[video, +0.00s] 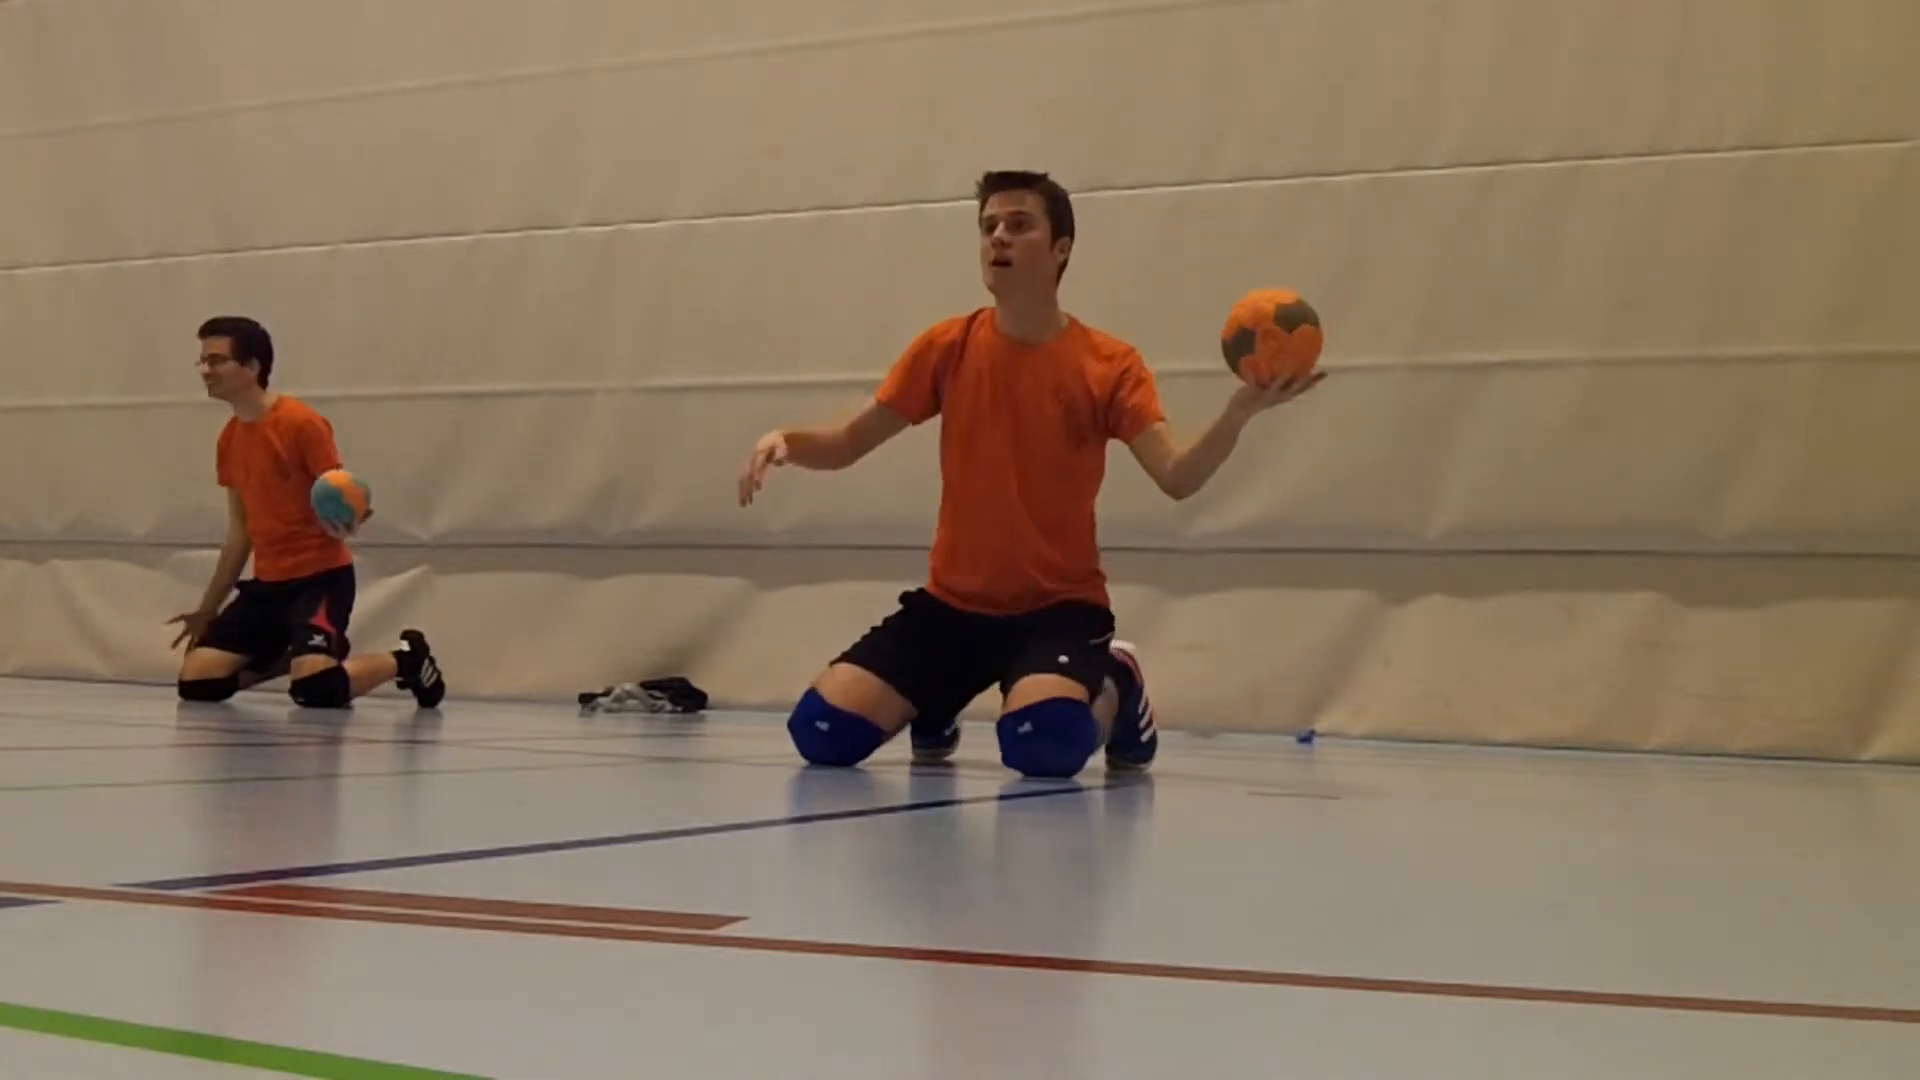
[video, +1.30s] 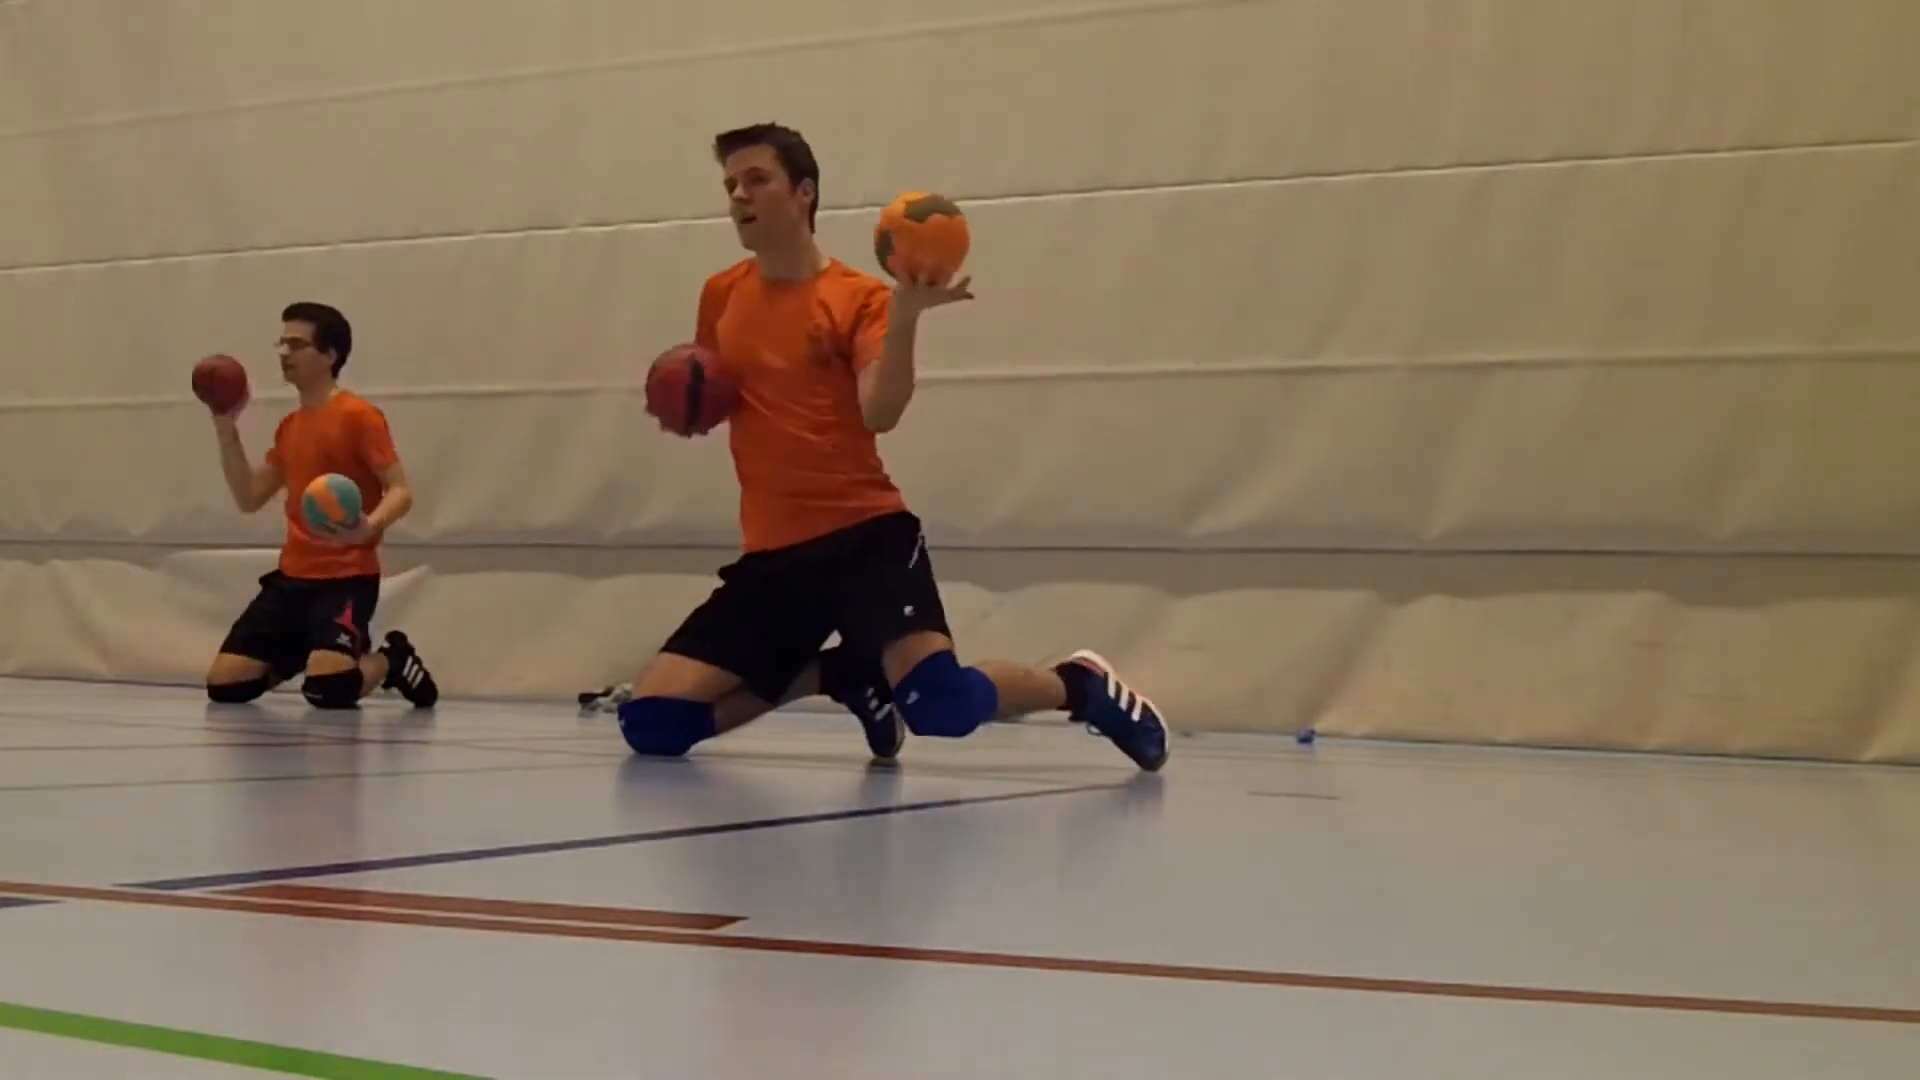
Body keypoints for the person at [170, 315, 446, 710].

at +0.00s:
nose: (205, 370)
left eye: (216, 360)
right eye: (203, 361)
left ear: (253, 367)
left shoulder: (301, 424)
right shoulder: (231, 438)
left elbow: (343, 502)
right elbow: (239, 534)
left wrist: (346, 521)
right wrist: (206, 611)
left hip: (323, 580)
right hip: (268, 584)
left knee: (314, 689)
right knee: (198, 684)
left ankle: (407, 660)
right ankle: (299, 656)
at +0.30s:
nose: (235, 375)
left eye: (246, 366)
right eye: (234, 365)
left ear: (282, 373)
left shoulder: (324, 430)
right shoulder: (257, 446)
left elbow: (357, 517)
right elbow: (233, 535)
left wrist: (345, 524)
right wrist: (158, 569)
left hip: (332, 583)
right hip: (280, 586)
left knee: (315, 687)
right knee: (197, 683)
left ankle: (404, 660)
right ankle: (306, 657)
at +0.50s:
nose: (285, 386)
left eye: (293, 374)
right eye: (285, 374)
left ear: (326, 375)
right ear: (317, 377)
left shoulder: (370, 435)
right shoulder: (303, 435)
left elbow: (388, 525)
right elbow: (281, 516)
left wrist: (350, 531)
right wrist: (200, 533)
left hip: (347, 585)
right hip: (294, 583)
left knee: (322, 689)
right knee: (208, 684)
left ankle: (400, 660)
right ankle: (310, 655)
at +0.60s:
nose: (298, 388)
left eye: (306, 378)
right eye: (299, 378)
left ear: (339, 382)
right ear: (331, 383)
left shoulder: (381, 441)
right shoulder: (322, 437)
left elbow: (408, 530)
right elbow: (324, 513)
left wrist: (364, 537)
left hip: (357, 589)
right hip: (305, 583)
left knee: (324, 689)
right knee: (215, 682)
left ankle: (391, 660)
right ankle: (314, 651)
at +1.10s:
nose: (296, 376)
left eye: (309, 368)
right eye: (297, 366)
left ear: (343, 377)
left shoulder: (378, 434)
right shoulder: (321, 436)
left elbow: (431, 503)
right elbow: (338, 506)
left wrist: (400, 538)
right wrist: (292, 506)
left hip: (368, 591)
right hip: (316, 586)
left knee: (328, 691)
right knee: (232, 686)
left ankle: (400, 660)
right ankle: (314, 656)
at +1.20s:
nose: (288, 364)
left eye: (300, 355)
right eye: (286, 355)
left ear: (334, 365)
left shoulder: (364, 421)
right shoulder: (312, 432)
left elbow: (416, 494)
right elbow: (314, 512)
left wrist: (386, 531)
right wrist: (264, 466)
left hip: (359, 585)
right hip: (307, 582)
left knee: (328, 691)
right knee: (230, 687)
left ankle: (398, 660)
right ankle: (319, 653)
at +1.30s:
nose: (283, 353)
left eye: (296, 344)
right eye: (282, 344)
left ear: (329, 355)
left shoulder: (359, 417)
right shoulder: (292, 426)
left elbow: (401, 493)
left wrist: (372, 524)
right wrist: (225, 425)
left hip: (347, 580)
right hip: (291, 578)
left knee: (326, 691)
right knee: (225, 686)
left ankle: (392, 661)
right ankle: (326, 650)